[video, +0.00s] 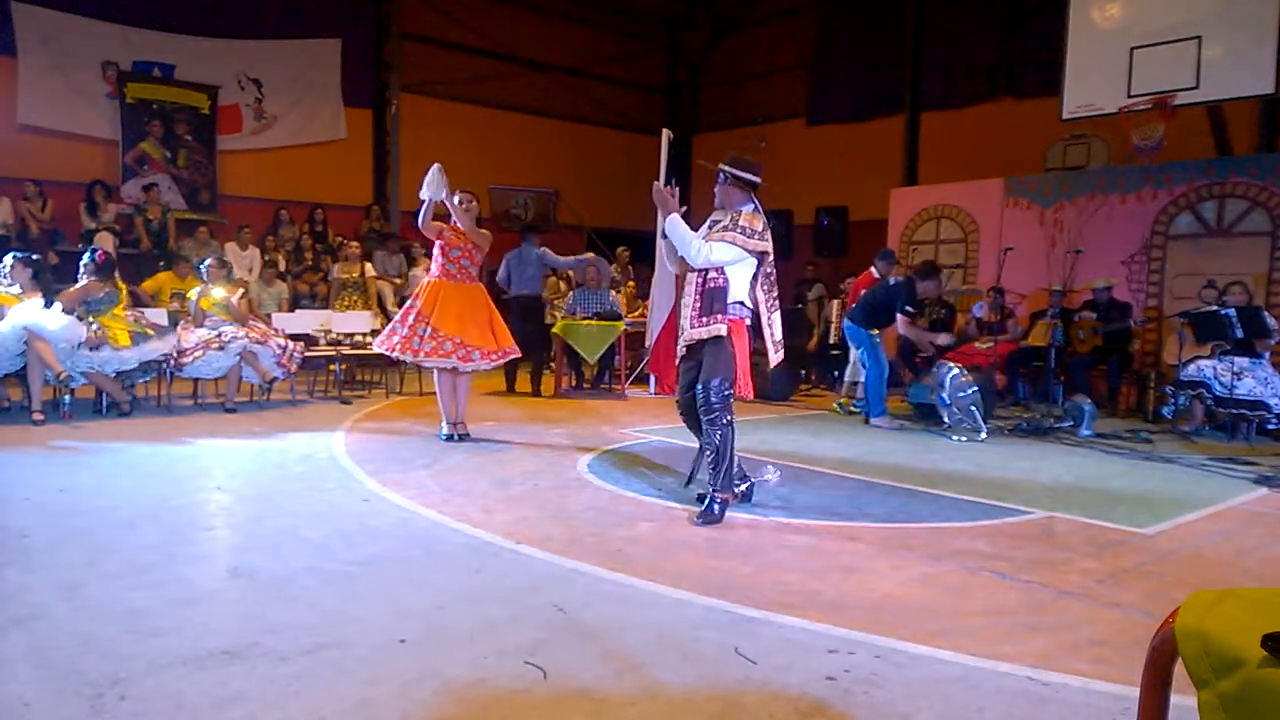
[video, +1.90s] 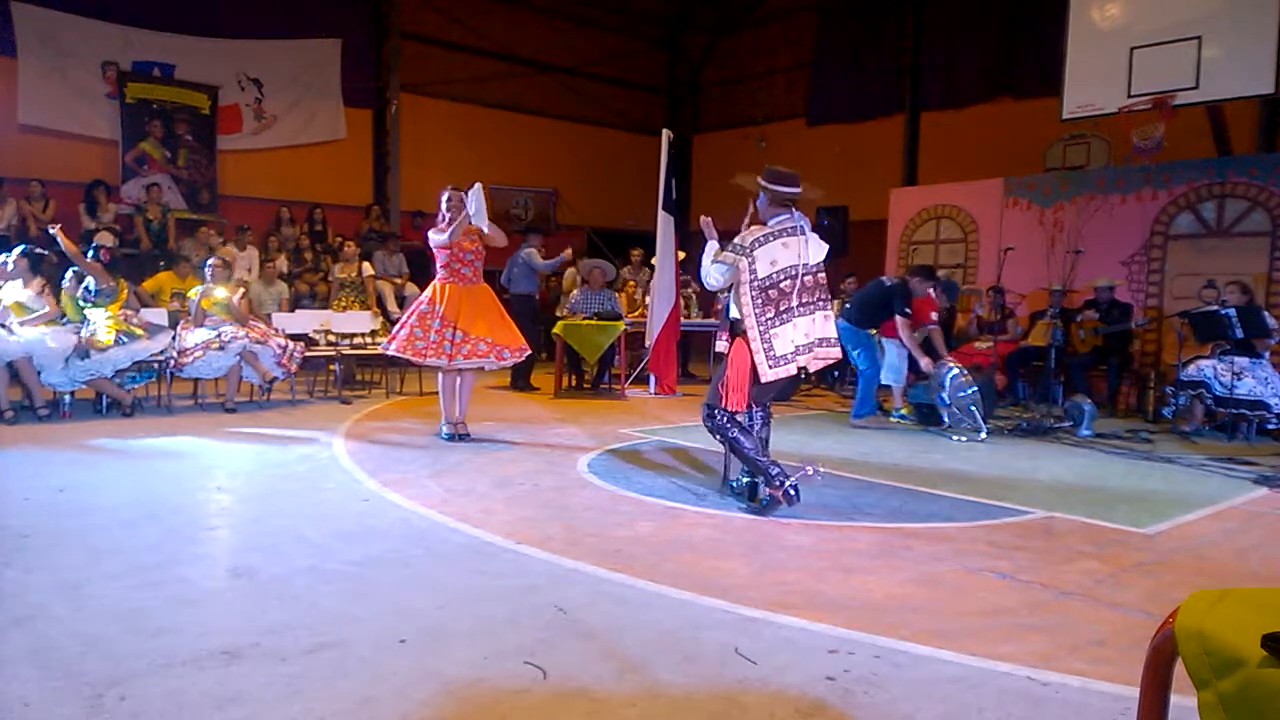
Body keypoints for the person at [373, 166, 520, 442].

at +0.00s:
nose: (464, 204)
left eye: (469, 200)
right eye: (460, 202)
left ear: (479, 208)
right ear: (452, 209)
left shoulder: (484, 238)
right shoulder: (443, 230)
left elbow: (468, 228)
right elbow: (424, 225)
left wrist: (449, 203)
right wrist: (430, 199)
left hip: (468, 297)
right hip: (440, 296)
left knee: (464, 364)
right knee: (443, 363)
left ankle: (460, 420)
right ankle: (447, 420)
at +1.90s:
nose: (454, 206)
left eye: (459, 202)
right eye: (449, 202)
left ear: (466, 206)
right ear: (441, 207)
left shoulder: (477, 232)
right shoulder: (435, 233)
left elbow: (503, 241)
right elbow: (448, 239)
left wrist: (482, 219)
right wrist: (465, 215)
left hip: (474, 298)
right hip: (447, 297)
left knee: (469, 364)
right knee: (448, 364)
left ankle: (461, 420)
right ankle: (447, 420)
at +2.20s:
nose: (451, 205)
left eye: (456, 201)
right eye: (446, 201)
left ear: (465, 206)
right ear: (440, 206)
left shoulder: (477, 232)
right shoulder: (436, 234)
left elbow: (505, 250)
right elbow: (455, 245)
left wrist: (491, 223)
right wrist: (479, 224)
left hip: (473, 299)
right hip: (446, 298)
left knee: (469, 364)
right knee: (447, 364)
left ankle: (461, 421)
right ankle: (447, 421)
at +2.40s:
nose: (451, 207)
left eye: (456, 203)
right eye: (447, 203)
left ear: (465, 207)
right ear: (440, 208)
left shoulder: (477, 232)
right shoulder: (438, 235)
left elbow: (505, 254)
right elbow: (456, 252)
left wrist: (496, 224)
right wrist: (484, 230)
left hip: (472, 300)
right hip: (446, 300)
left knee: (468, 365)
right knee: (447, 365)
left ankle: (461, 421)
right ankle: (446, 422)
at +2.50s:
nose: (452, 207)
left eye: (457, 203)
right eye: (447, 203)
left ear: (465, 207)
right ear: (441, 208)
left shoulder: (477, 231)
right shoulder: (438, 236)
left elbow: (505, 255)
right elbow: (457, 254)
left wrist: (498, 230)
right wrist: (486, 234)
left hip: (472, 301)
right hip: (445, 301)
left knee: (467, 365)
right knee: (446, 365)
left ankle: (460, 421)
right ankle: (446, 422)